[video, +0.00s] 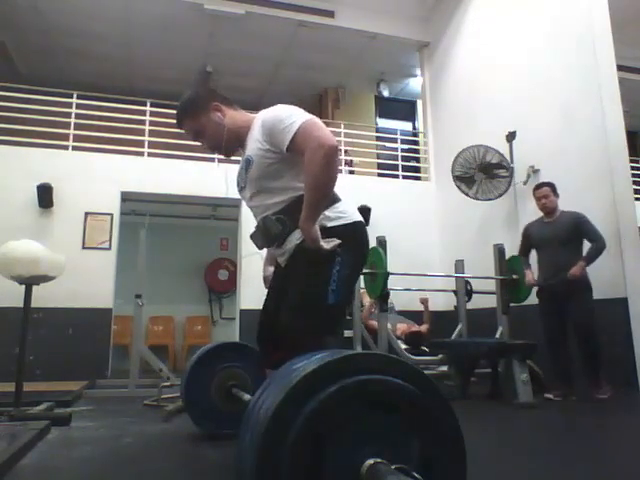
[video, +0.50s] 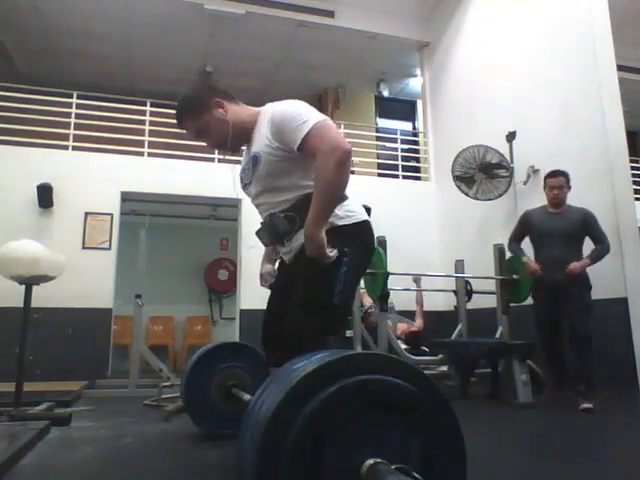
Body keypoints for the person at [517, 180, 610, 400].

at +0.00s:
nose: (544, 202)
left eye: (547, 197)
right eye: (539, 199)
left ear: (556, 197)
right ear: (536, 203)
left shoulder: (575, 219)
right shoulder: (531, 229)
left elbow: (599, 243)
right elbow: (523, 256)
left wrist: (583, 263)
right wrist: (527, 271)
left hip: (576, 288)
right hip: (548, 292)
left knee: (585, 335)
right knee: (554, 340)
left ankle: (597, 384)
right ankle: (561, 387)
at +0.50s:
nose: (555, 193)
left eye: (560, 188)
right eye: (550, 188)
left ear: (568, 189)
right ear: (544, 191)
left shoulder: (582, 216)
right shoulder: (530, 218)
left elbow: (603, 246)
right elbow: (513, 244)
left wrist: (585, 262)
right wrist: (527, 261)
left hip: (575, 287)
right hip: (544, 288)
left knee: (581, 337)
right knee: (549, 339)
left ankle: (584, 394)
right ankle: (557, 389)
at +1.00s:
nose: (560, 185)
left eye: (564, 180)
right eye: (556, 179)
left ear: (567, 183)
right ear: (543, 179)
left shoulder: (574, 212)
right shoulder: (522, 209)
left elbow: (592, 243)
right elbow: (498, 234)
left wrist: (577, 256)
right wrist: (520, 250)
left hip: (564, 280)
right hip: (533, 281)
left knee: (574, 335)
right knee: (526, 335)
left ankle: (583, 396)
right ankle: (517, 395)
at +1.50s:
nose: (546, 180)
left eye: (546, 175)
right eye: (543, 175)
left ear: (532, 176)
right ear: (527, 175)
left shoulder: (541, 206)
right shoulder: (504, 206)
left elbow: (544, 234)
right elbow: (482, 236)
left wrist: (549, 258)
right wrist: (503, 261)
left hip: (539, 279)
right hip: (513, 282)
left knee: (558, 334)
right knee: (515, 339)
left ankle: (567, 393)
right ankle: (511, 398)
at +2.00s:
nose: (569, 191)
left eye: (569, 187)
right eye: (566, 186)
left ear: (555, 188)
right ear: (550, 187)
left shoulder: (562, 220)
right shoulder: (525, 209)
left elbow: (565, 247)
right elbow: (496, 229)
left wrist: (563, 271)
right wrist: (512, 255)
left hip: (540, 282)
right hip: (515, 280)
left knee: (564, 328)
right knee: (514, 331)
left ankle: (562, 391)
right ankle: (503, 394)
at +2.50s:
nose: (564, 245)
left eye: (564, 240)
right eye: (561, 240)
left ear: (551, 242)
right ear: (548, 241)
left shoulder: (556, 267)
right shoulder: (519, 259)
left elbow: (562, 286)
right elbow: (486, 276)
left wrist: (558, 307)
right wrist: (497, 310)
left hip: (527, 314)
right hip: (500, 315)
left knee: (571, 334)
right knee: (503, 335)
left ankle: (564, 392)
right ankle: (497, 397)